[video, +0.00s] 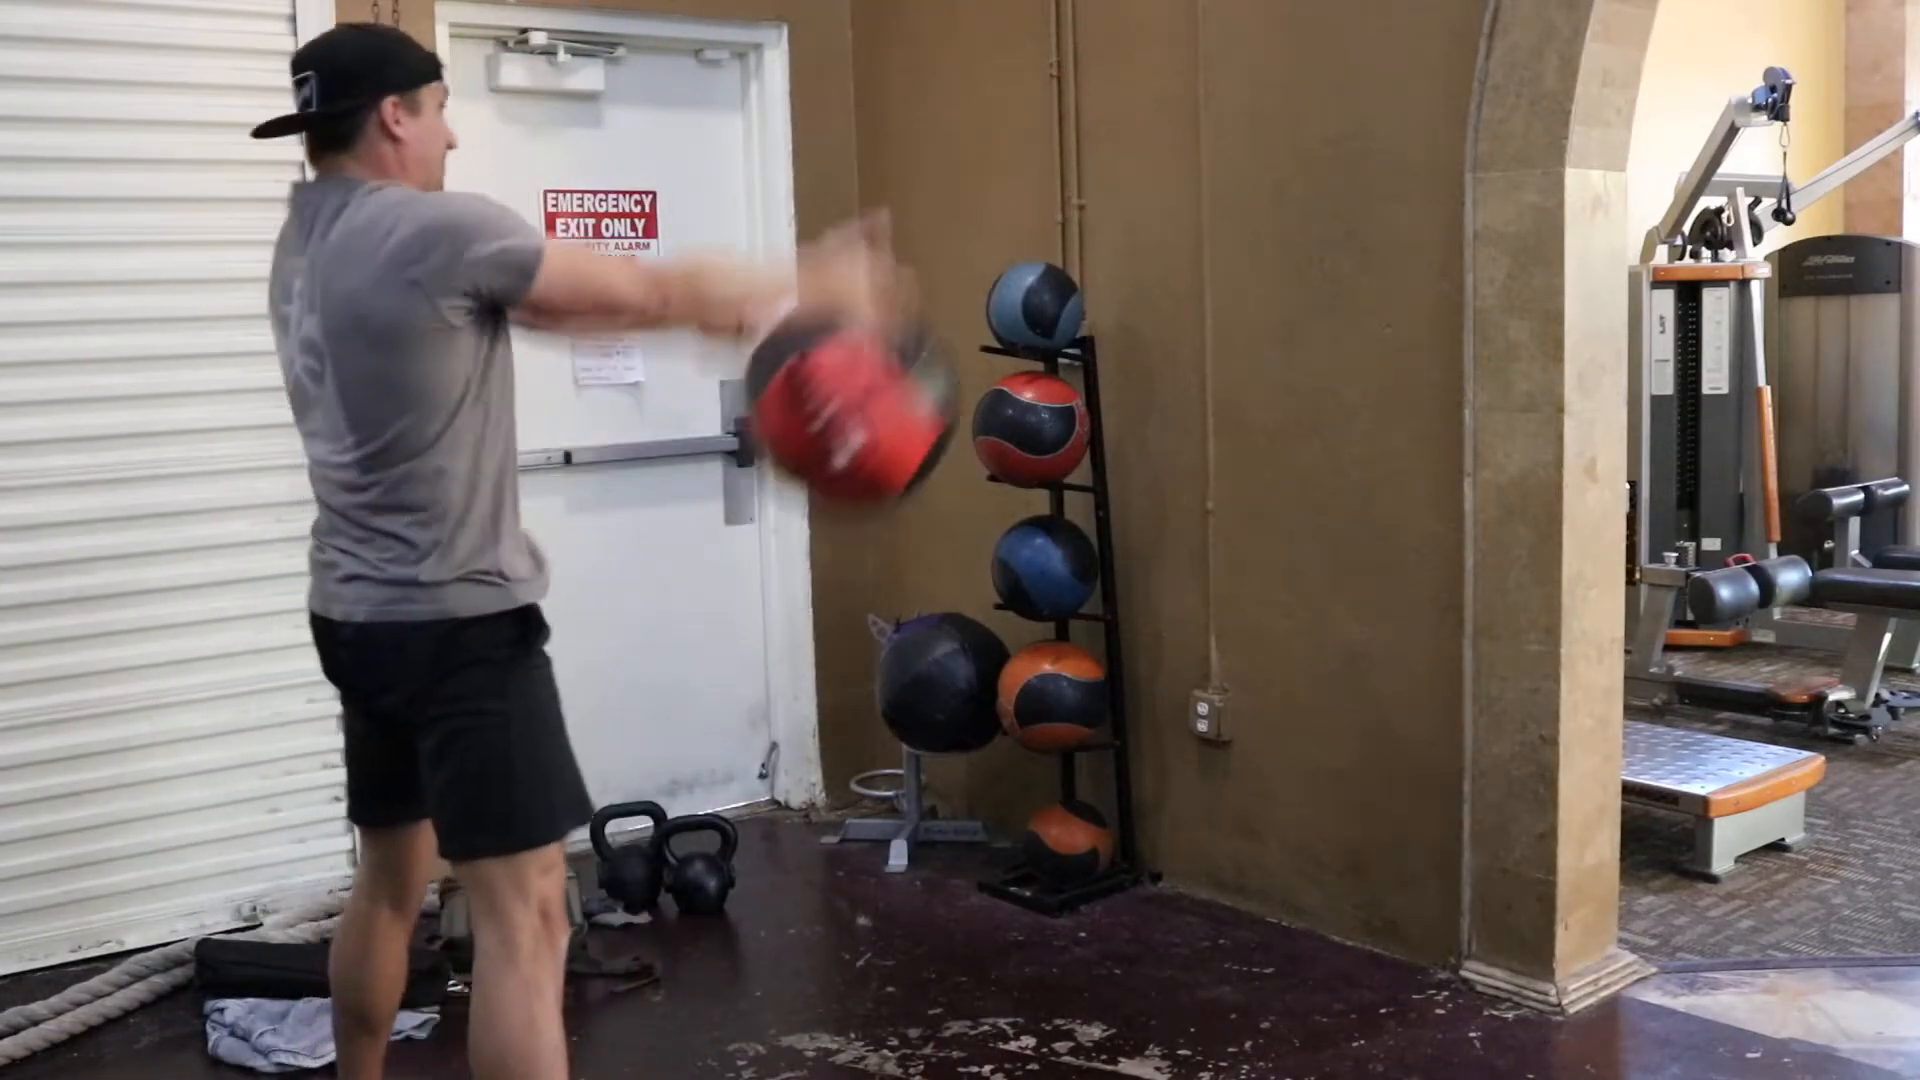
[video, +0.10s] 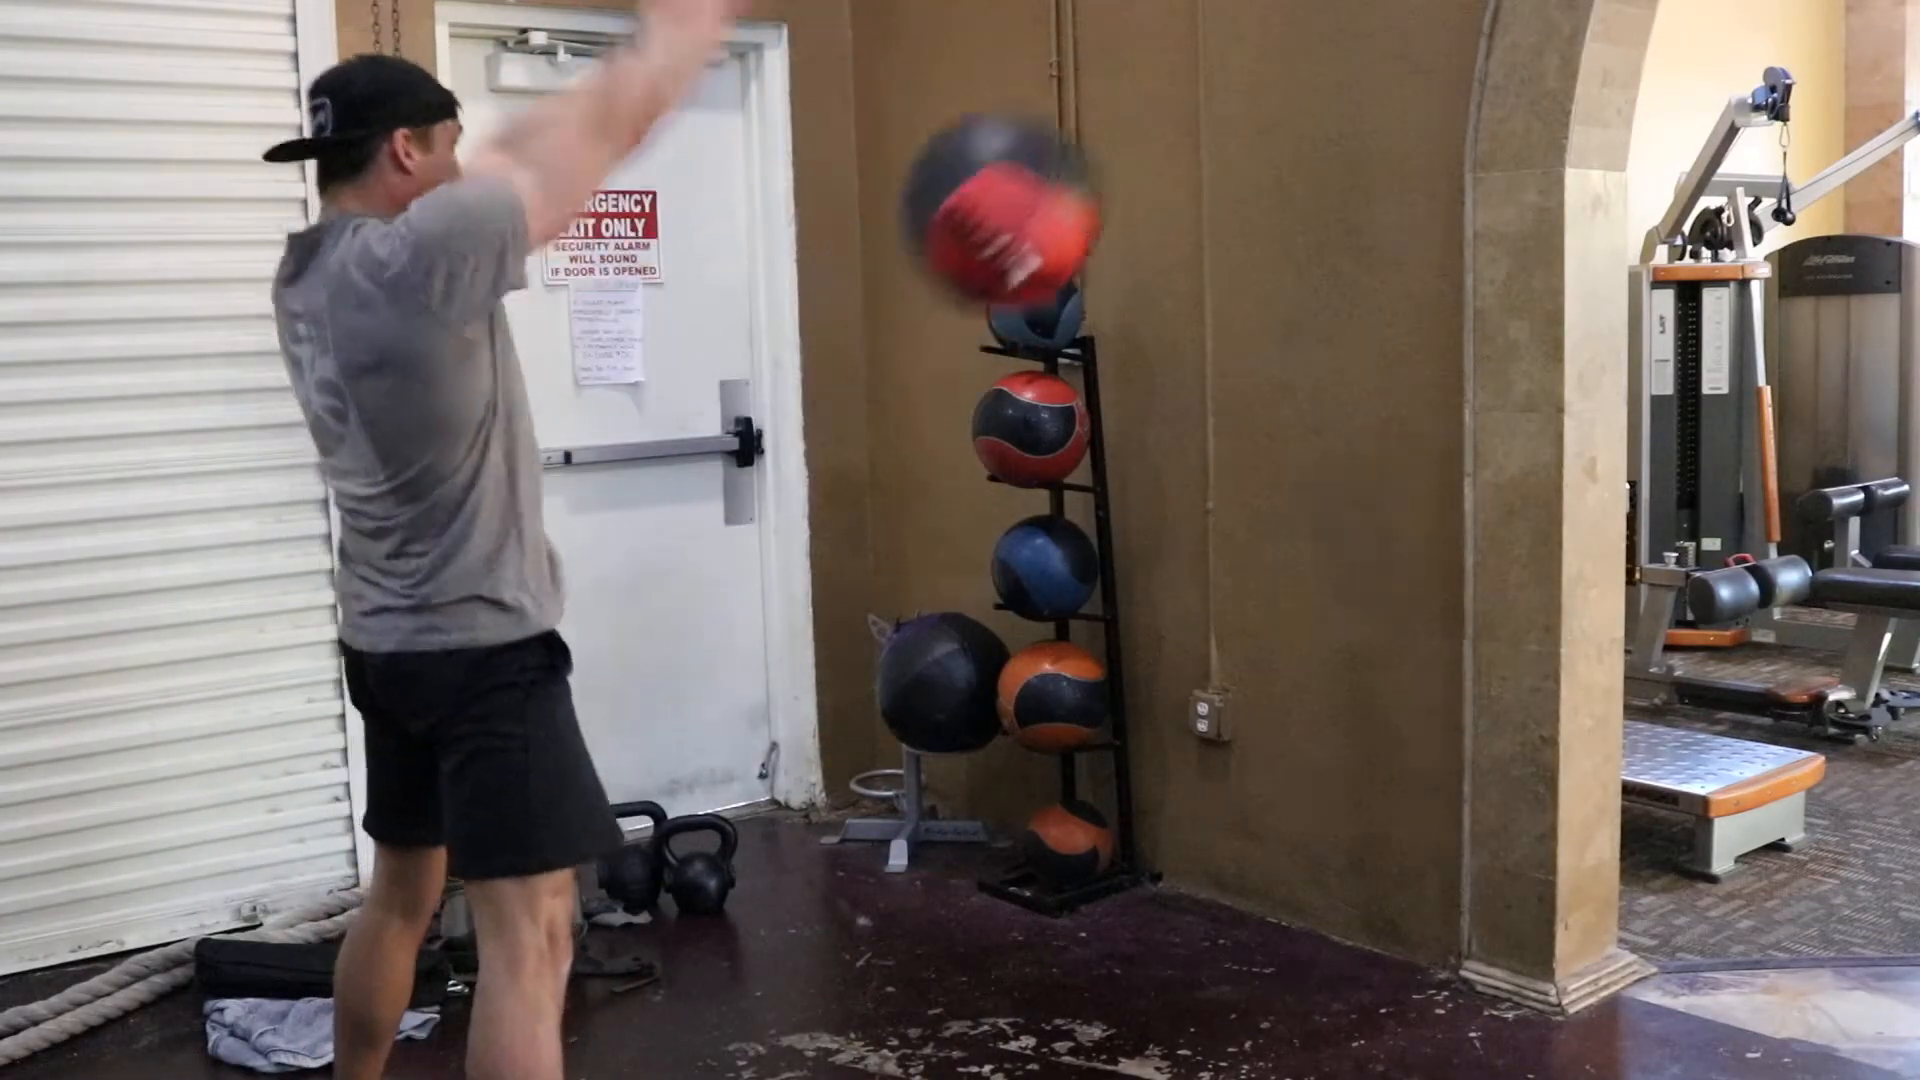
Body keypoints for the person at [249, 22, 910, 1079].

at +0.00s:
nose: (451, 133)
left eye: (446, 110)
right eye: (440, 111)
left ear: (349, 123)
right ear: (394, 119)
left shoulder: (309, 232)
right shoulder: (432, 230)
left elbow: (540, 303)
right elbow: (648, 290)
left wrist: (683, 303)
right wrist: (811, 280)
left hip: (357, 615)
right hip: (460, 620)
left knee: (388, 886)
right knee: (526, 919)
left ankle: (358, 1072)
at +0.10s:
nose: (464, 165)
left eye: (457, 143)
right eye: (451, 142)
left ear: (353, 157)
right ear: (403, 151)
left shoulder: (307, 269)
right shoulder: (429, 250)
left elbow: (506, 162)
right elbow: (613, 128)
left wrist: (619, 81)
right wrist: (698, 21)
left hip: (381, 647)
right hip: (485, 650)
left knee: (399, 897)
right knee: (532, 934)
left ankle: (354, 1069)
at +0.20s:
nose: (473, 169)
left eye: (470, 154)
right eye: (467, 153)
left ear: (362, 158)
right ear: (436, 156)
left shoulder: (319, 263)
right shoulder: (430, 247)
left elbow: (464, 70)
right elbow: (551, 52)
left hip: (395, 641)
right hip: (495, 644)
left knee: (402, 897)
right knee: (523, 943)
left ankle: (353, 1071)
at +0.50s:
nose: (491, 169)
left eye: (485, 151)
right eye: (486, 154)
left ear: (370, 149)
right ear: (452, 161)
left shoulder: (320, 262)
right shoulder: (430, 257)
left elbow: (372, 79)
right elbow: (535, 29)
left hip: (385, 644)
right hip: (484, 649)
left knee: (388, 915)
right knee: (509, 959)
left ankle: (351, 1076)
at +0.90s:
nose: (517, 212)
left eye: (521, 186)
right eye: (516, 182)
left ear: (423, 165)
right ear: (467, 165)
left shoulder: (304, 286)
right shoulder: (447, 294)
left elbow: (427, 446)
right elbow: (649, 446)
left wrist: (594, 459)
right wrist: (792, 465)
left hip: (331, 648)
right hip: (428, 660)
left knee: (375, 908)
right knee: (497, 955)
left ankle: (342, 1076)